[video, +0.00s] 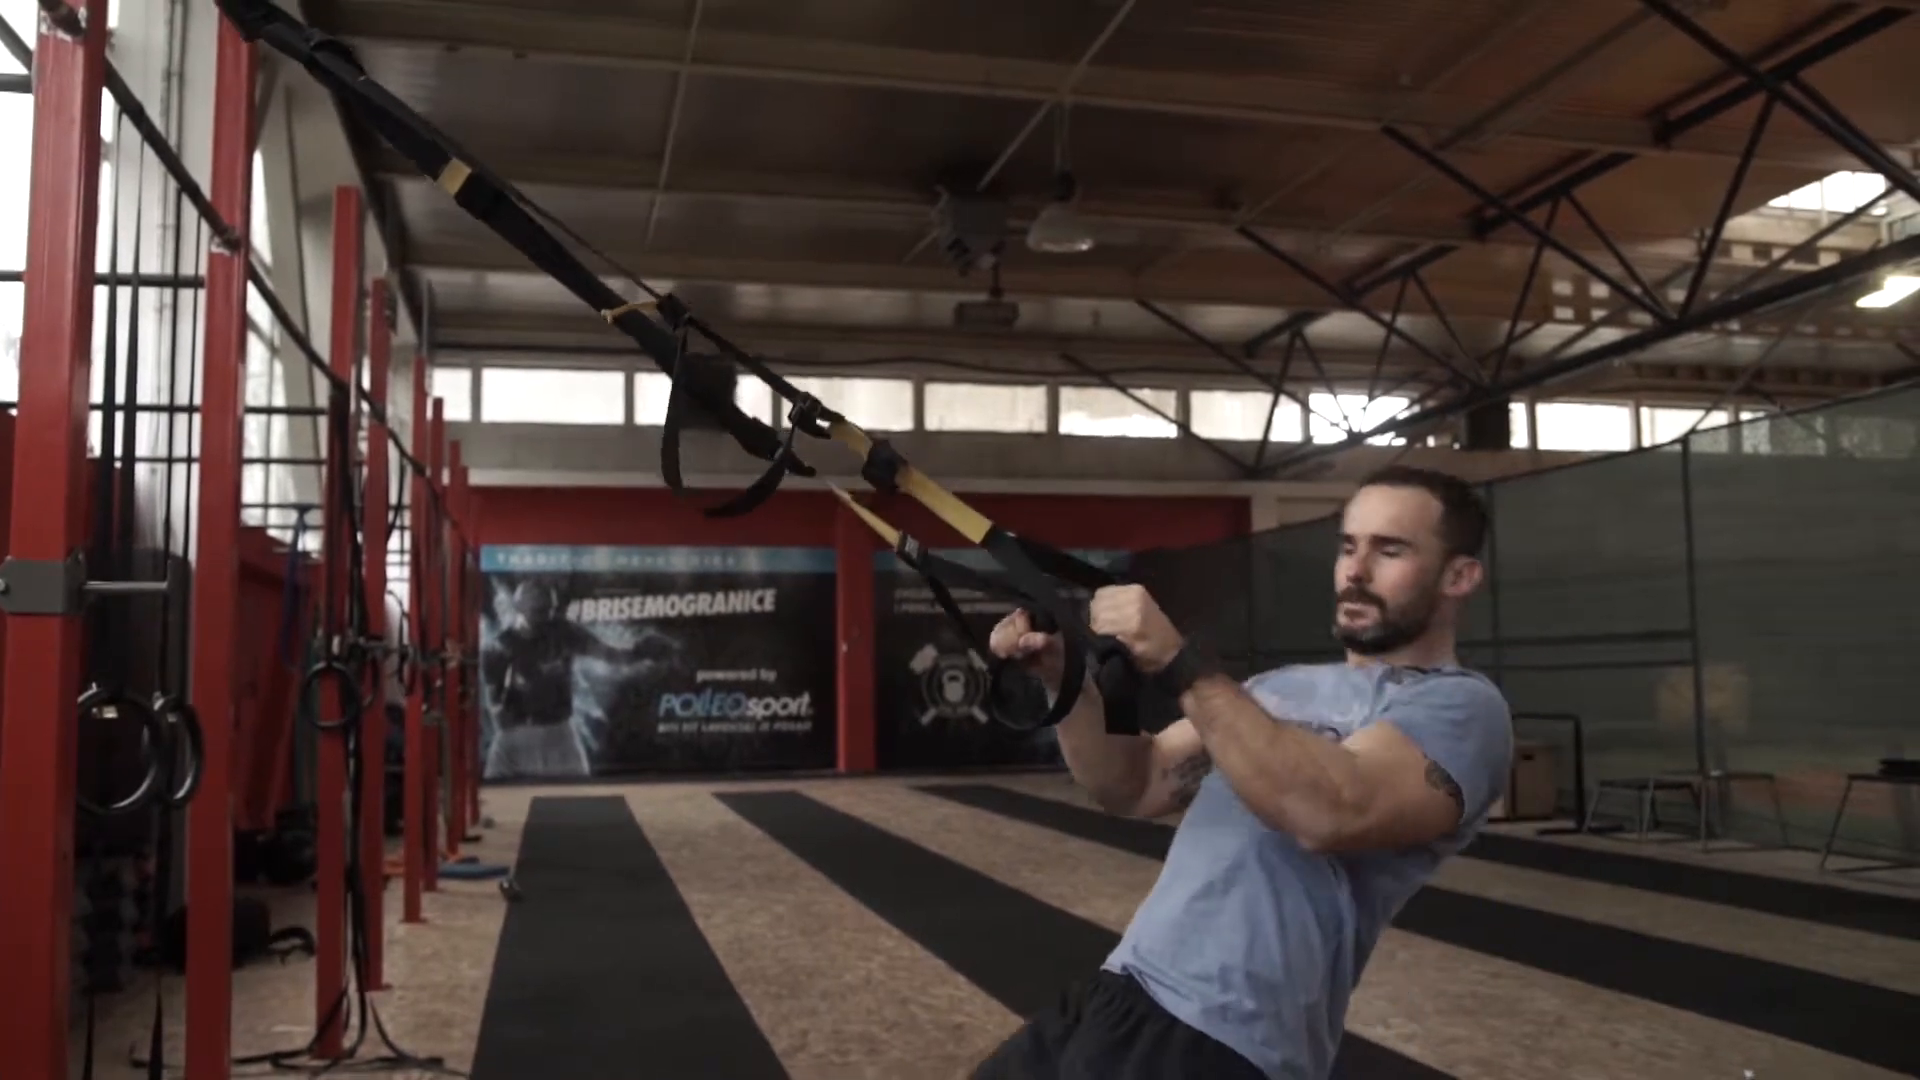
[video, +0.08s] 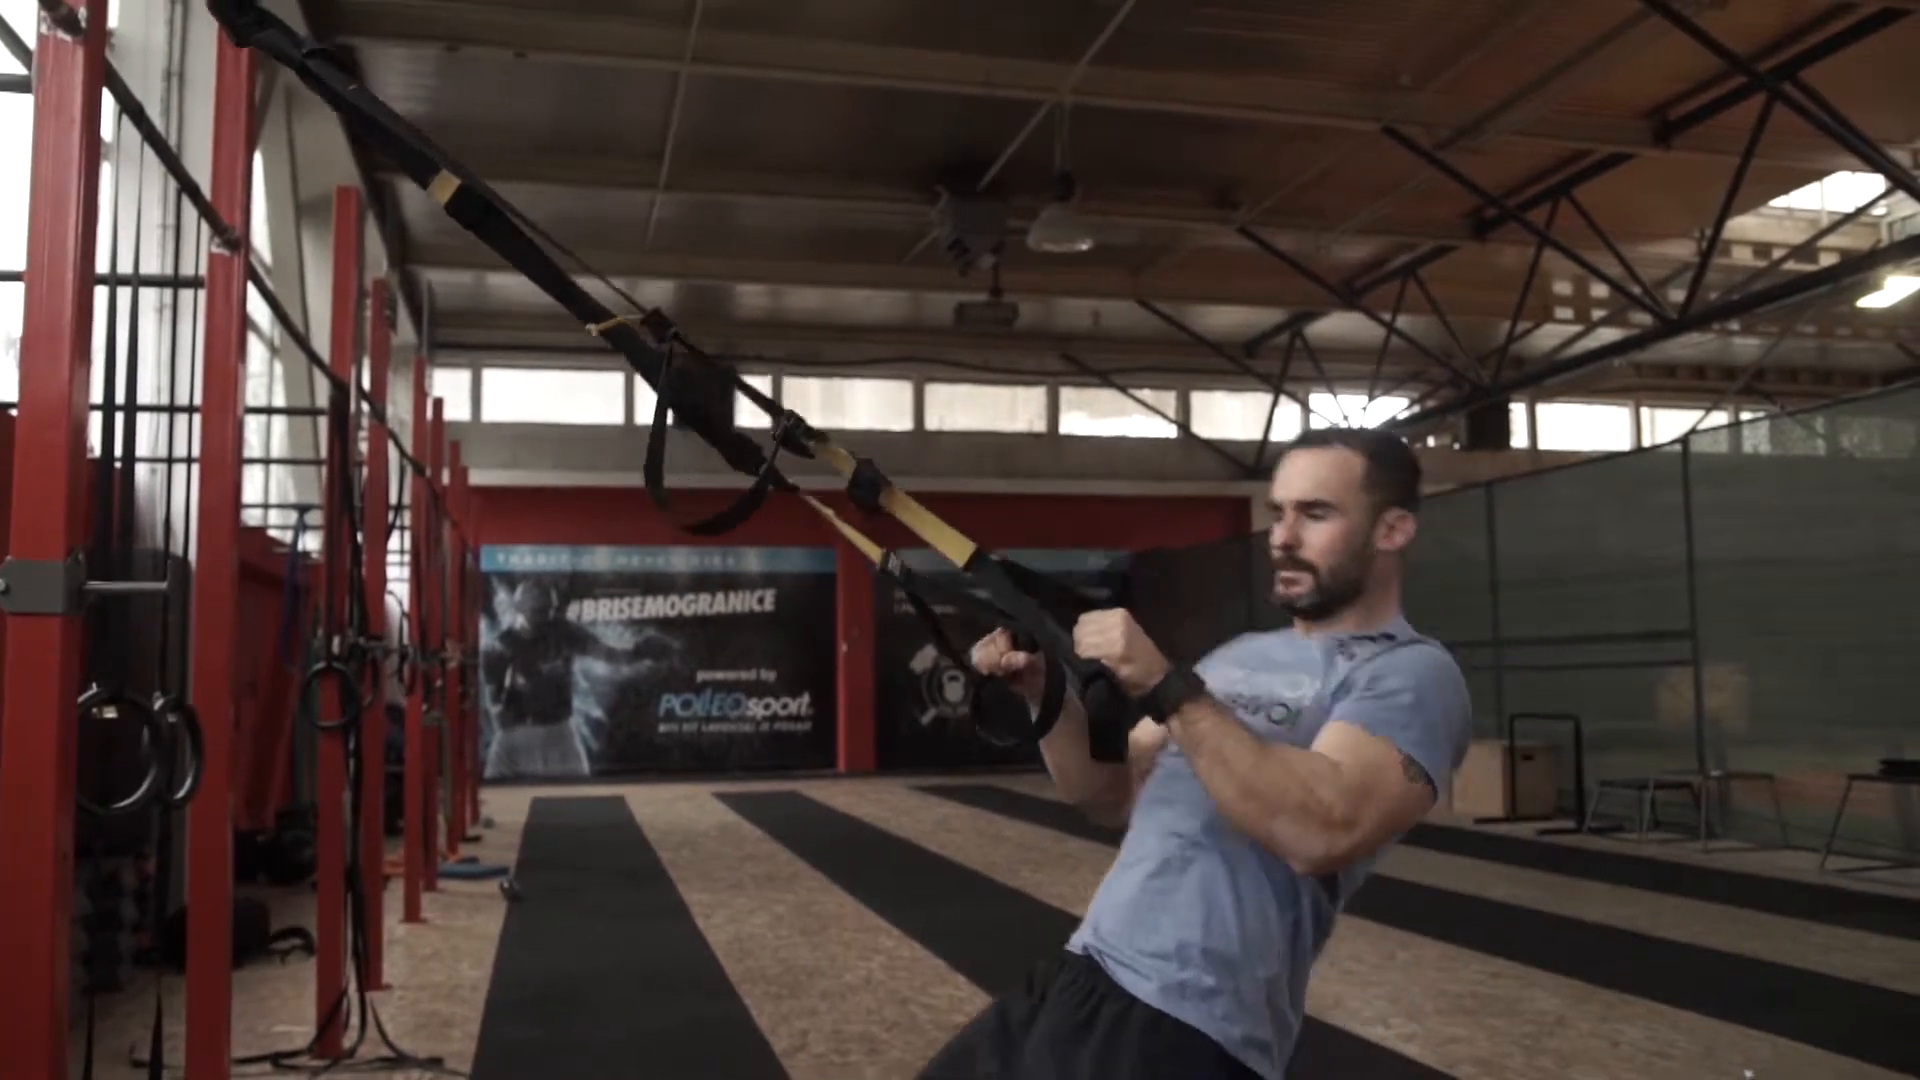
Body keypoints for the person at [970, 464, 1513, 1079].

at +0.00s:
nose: (1354, 571)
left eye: (1389, 551)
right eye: (1348, 548)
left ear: (1460, 579)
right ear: (1336, 555)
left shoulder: (1468, 713)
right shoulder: (1285, 685)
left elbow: (1329, 809)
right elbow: (1133, 786)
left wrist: (1182, 661)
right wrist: (1068, 680)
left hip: (1231, 1049)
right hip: (1113, 995)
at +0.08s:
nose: (1281, 538)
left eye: (1315, 514)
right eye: (1277, 514)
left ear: (1393, 530)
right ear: (1267, 519)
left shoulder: (1417, 675)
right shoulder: (1244, 653)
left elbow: (1320, 827)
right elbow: (1112, 793)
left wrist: (1167, 685)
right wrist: (1045, 697)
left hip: (1192, 1033)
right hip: (1078, 979)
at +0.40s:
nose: (999, 455)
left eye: (1022, 422)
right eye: (994, 430)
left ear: (1110, 411)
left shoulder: (1191, 567)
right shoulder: (1036, 567)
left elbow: (1254, 776)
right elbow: (1023, 763)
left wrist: (1046, 757)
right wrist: (921, 774)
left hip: (1049, 994)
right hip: (931, 957)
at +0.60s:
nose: (899, 438)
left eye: (919, 405)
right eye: (893, 413)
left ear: (1007, 389)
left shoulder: (1108, 539)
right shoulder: (948, 553)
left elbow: (1174, 744)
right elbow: (943, 707)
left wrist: (970, 789)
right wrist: (854, 770)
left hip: (1025, 977)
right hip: (903, 947)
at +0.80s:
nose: (860, 429)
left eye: (880, 397)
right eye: (853, 406)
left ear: (965, 380)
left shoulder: (1067, 522)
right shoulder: (901, 550)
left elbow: (1116, 734)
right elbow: (874, 715)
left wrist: (921, 819)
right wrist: (802, 807)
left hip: (1012, 959)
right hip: (882, 942)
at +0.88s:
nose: (852, 427)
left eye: (870, 395)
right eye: (845, 403)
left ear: (957, 378)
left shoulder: (1055, 517)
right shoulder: (891, 546)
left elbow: (1101, 733)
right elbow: (864, 713)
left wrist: (911, 824)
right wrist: (795, 814)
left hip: (1002, 960)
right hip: (874, 945)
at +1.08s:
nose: (841, 423)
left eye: (861, 389)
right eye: (834, 398)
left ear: (946, 370)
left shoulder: (1032, 504)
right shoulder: (879, 537)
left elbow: (1071, 721)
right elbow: (857, 707)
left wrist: (885, 840)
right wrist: (786, 813)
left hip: (982, 964)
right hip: (860, 950)